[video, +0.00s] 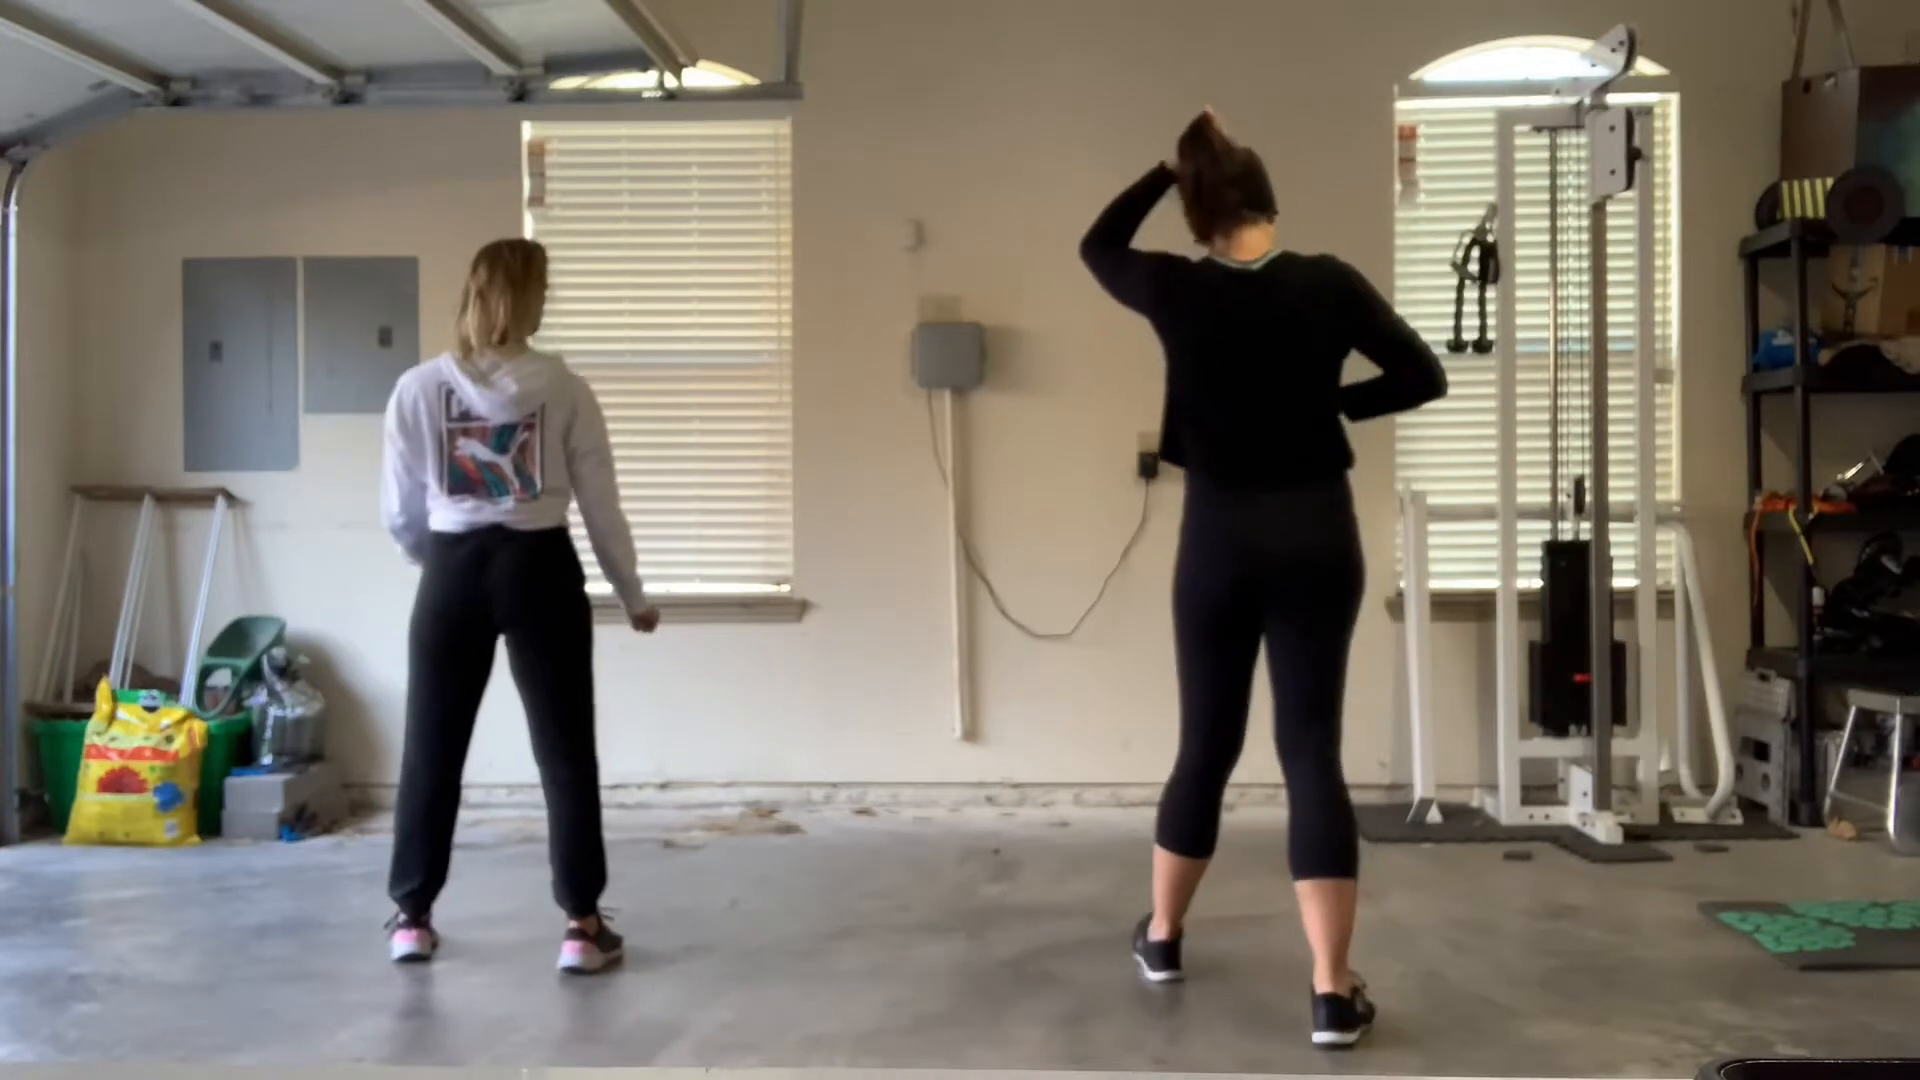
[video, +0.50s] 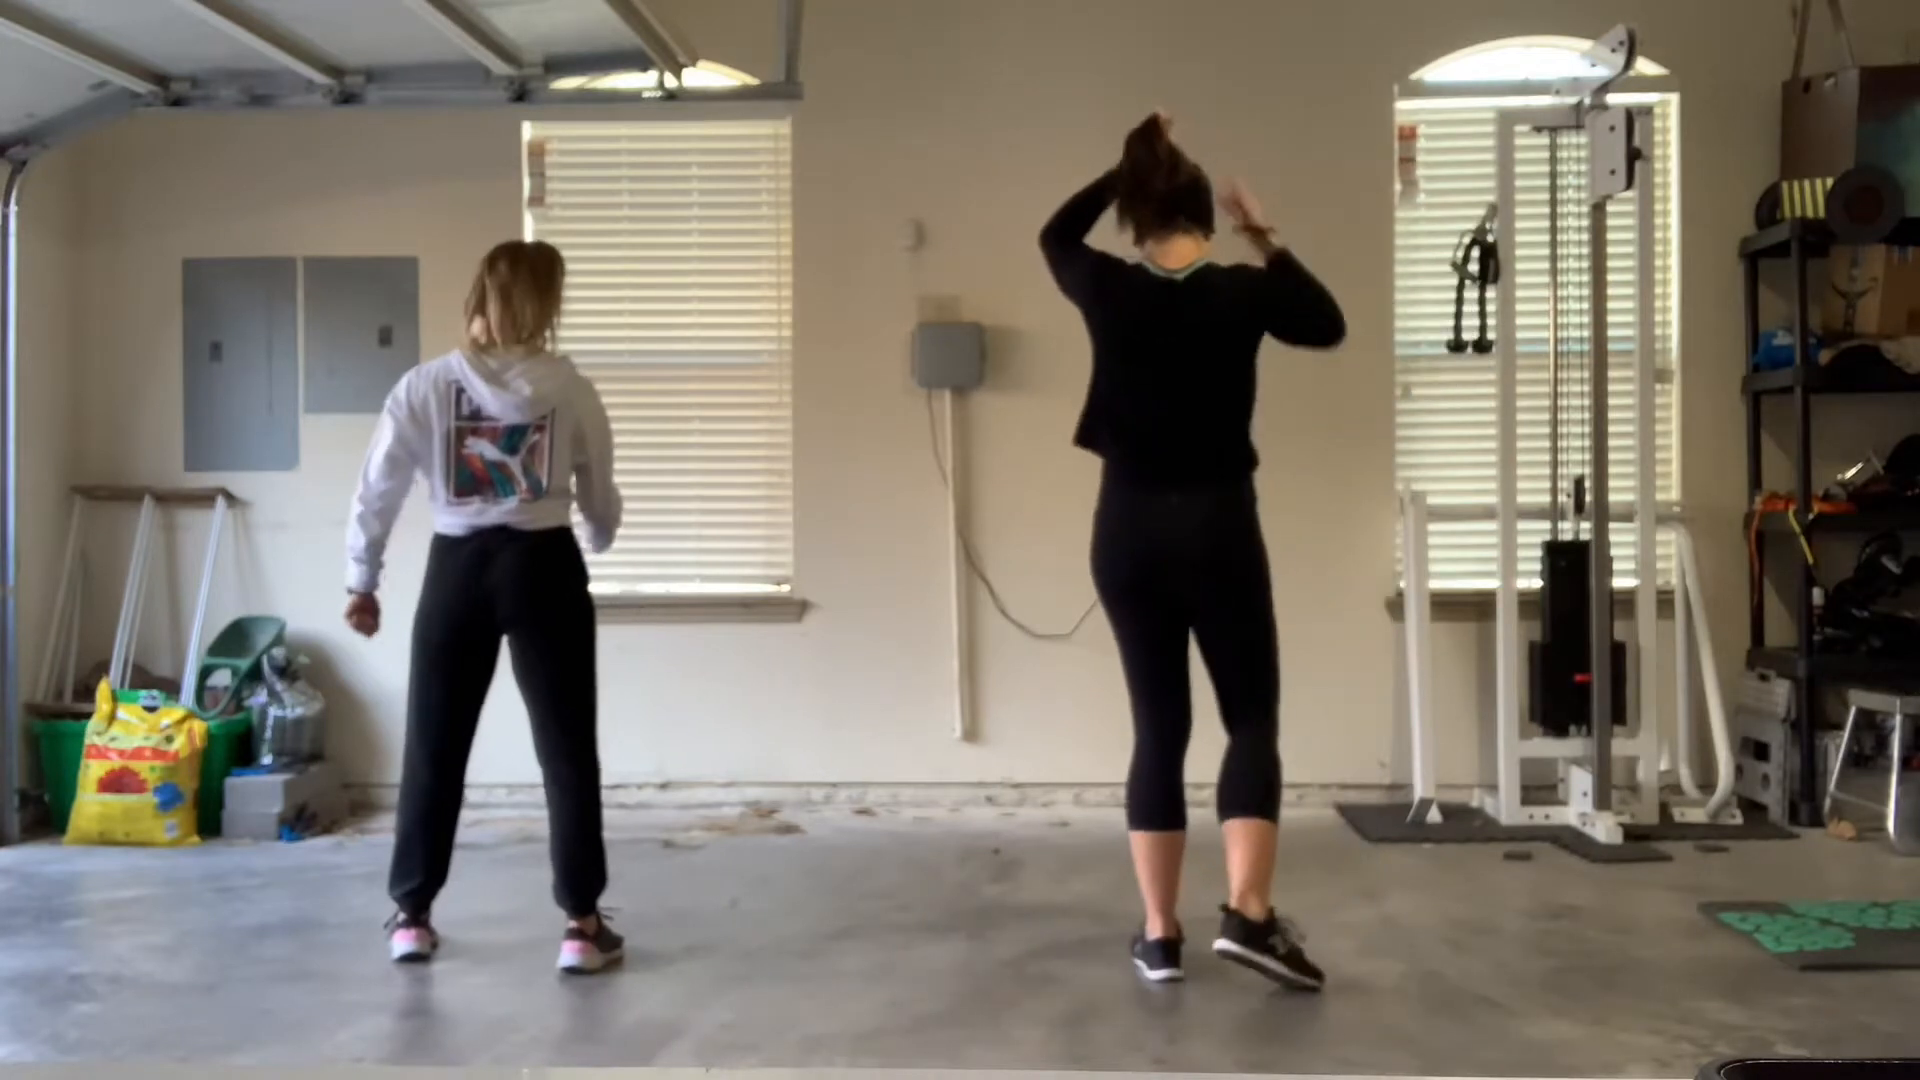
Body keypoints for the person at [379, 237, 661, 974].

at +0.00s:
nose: (541, 306)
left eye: (530, 291)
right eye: (541, 295)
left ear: (470, 296)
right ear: (536, 301)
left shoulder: (417, 389)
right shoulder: (564, 387)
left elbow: (402, 512)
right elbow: (600, 506)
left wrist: (439, 562)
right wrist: (633, 593)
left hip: (452, 579)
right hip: (543, 577)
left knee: (431, 748)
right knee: (566, 751)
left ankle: (412, 919)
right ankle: (582, 926)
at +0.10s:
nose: (543, 305)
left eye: (535, 291)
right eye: (541, 294)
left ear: (470, 296)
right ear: (534, 300)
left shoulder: (419, 388)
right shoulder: (563, 389)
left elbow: (396, 504)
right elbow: (592, 506)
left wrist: (409, 580)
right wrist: (622, 589)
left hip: (449, 577)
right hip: (542, 576)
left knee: (430, 748)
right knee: (564, 750)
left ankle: (412, 918)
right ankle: (580, 923)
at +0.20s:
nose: (543, 308)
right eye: (544, 295)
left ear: (473, 297)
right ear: (540, 302)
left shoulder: (425, 389)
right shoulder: (570, 387)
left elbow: (394, 497)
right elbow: (596, 495)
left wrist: (389, 587)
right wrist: (611, 575)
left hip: (459, 576)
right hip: (550, 576)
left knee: (435, 747)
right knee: (570, 750)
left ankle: (411, 917)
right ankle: (582, 924)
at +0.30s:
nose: (551, 309)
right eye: (554, 298)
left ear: (481, 296)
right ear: (547, 304)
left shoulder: (430, 387)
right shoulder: (573, 388)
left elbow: (391, 493)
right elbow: (600, 492)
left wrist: (375, 584)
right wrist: (599, 556)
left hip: (461, 578)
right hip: (553, 577)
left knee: (439, 746)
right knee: (572, 751)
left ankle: (412, 917)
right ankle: (584, 925)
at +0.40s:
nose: (561, 313)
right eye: (561, 302)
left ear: (481, 300)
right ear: (550, 306)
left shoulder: (427, 386)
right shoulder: (572, 390)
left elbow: (386, 492)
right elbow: (603, 506)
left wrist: (366, 585)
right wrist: (595, 537)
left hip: (457, 578)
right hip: (549, 577)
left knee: (436, 746)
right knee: (568, 751)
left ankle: (411, 917)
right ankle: (583, 925)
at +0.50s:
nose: (559, 313)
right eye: (558, 301)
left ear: (477, 299)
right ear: (548, 306)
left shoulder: (425, 385)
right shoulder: (570, 388)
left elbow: (378, 489)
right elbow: (601, 505)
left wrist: (361, 581)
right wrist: (594, 534)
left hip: (456, 578)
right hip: (548, 576)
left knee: (434, 747)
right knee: (568, 751)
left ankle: (411, 917)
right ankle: (582, 925)